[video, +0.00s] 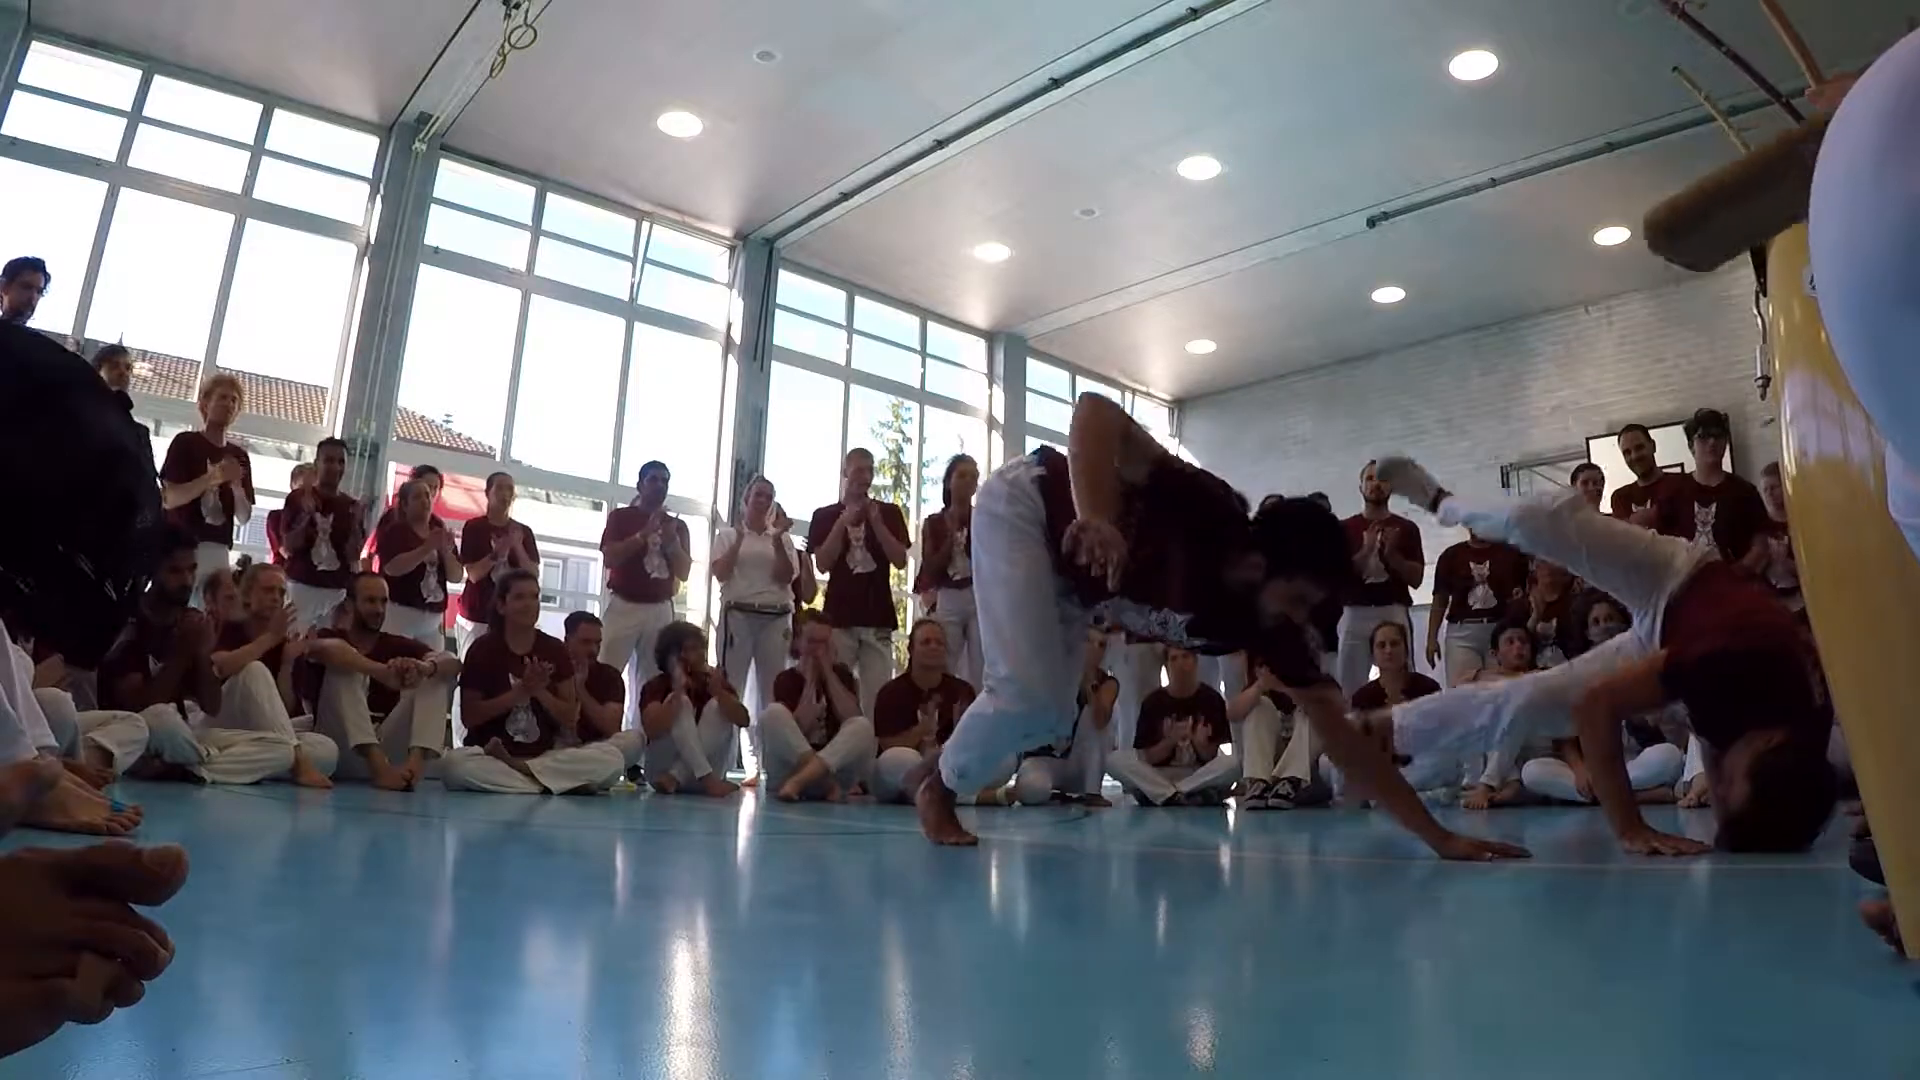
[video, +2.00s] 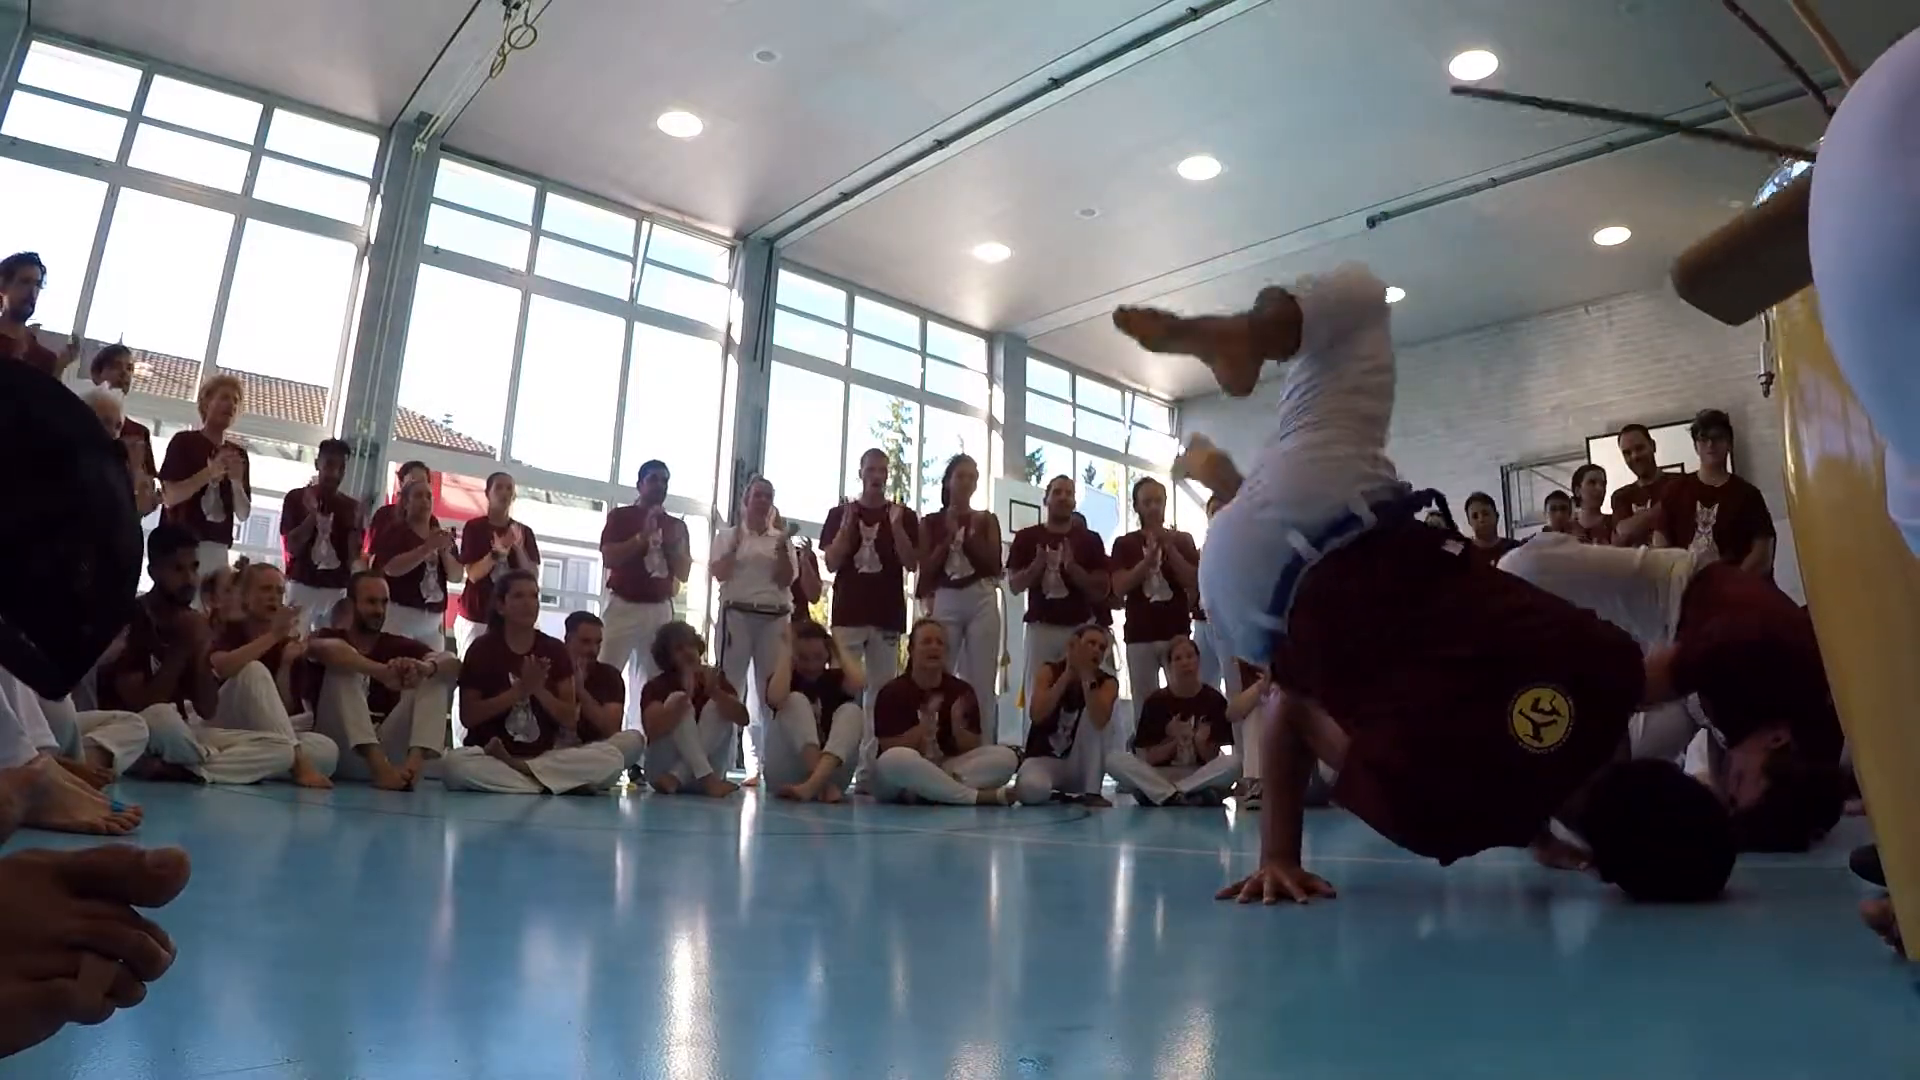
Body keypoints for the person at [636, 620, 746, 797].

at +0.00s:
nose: (702, 654)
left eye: (703, 647)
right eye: (693, 649)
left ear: (706, 649)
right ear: (675, 655)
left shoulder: (714, 680)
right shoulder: (655, 686)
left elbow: (743, 720)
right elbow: (652, 729)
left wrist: (719, 692)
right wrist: (677, 692)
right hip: (663, 772)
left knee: (719, 705)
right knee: (680, 702)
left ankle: (675, 776)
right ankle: (707, 777)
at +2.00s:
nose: (688, 652)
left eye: (691, 645)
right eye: (679, 648)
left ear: (699, 647)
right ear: (668, 655)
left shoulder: (714, 678)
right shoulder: (655, 686)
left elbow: (743, 719)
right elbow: (652, 730)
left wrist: (715, 692)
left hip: (710, 770)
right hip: (664, 770)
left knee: (720, 704)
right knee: (678, 701)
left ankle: (677, 775)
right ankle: (707, 777)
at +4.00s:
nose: (690, 653)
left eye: (692, 646)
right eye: (681, 648)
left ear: (698, 648)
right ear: (668, 657)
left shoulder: (714, 679)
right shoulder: (654, 688)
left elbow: (742, 720)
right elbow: (651, 731)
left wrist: (716, 693)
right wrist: (682, 693)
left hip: (710, 770)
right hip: (665, 771)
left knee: (718, 705)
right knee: (678, 702)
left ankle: (678, 777)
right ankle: (708, 777)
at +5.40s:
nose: (688, 650)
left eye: (690, 644)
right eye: (679, 647)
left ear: (697, 647)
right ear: (666, 654)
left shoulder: (714, 681)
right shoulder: (653, 687)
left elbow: (741, 717)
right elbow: (654, 729)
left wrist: (709, 690)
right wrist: (689, 696)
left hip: (710, 769)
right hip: (664, 771)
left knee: (717, 704)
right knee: (677, 700)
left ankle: (678, 776)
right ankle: (706, 776)